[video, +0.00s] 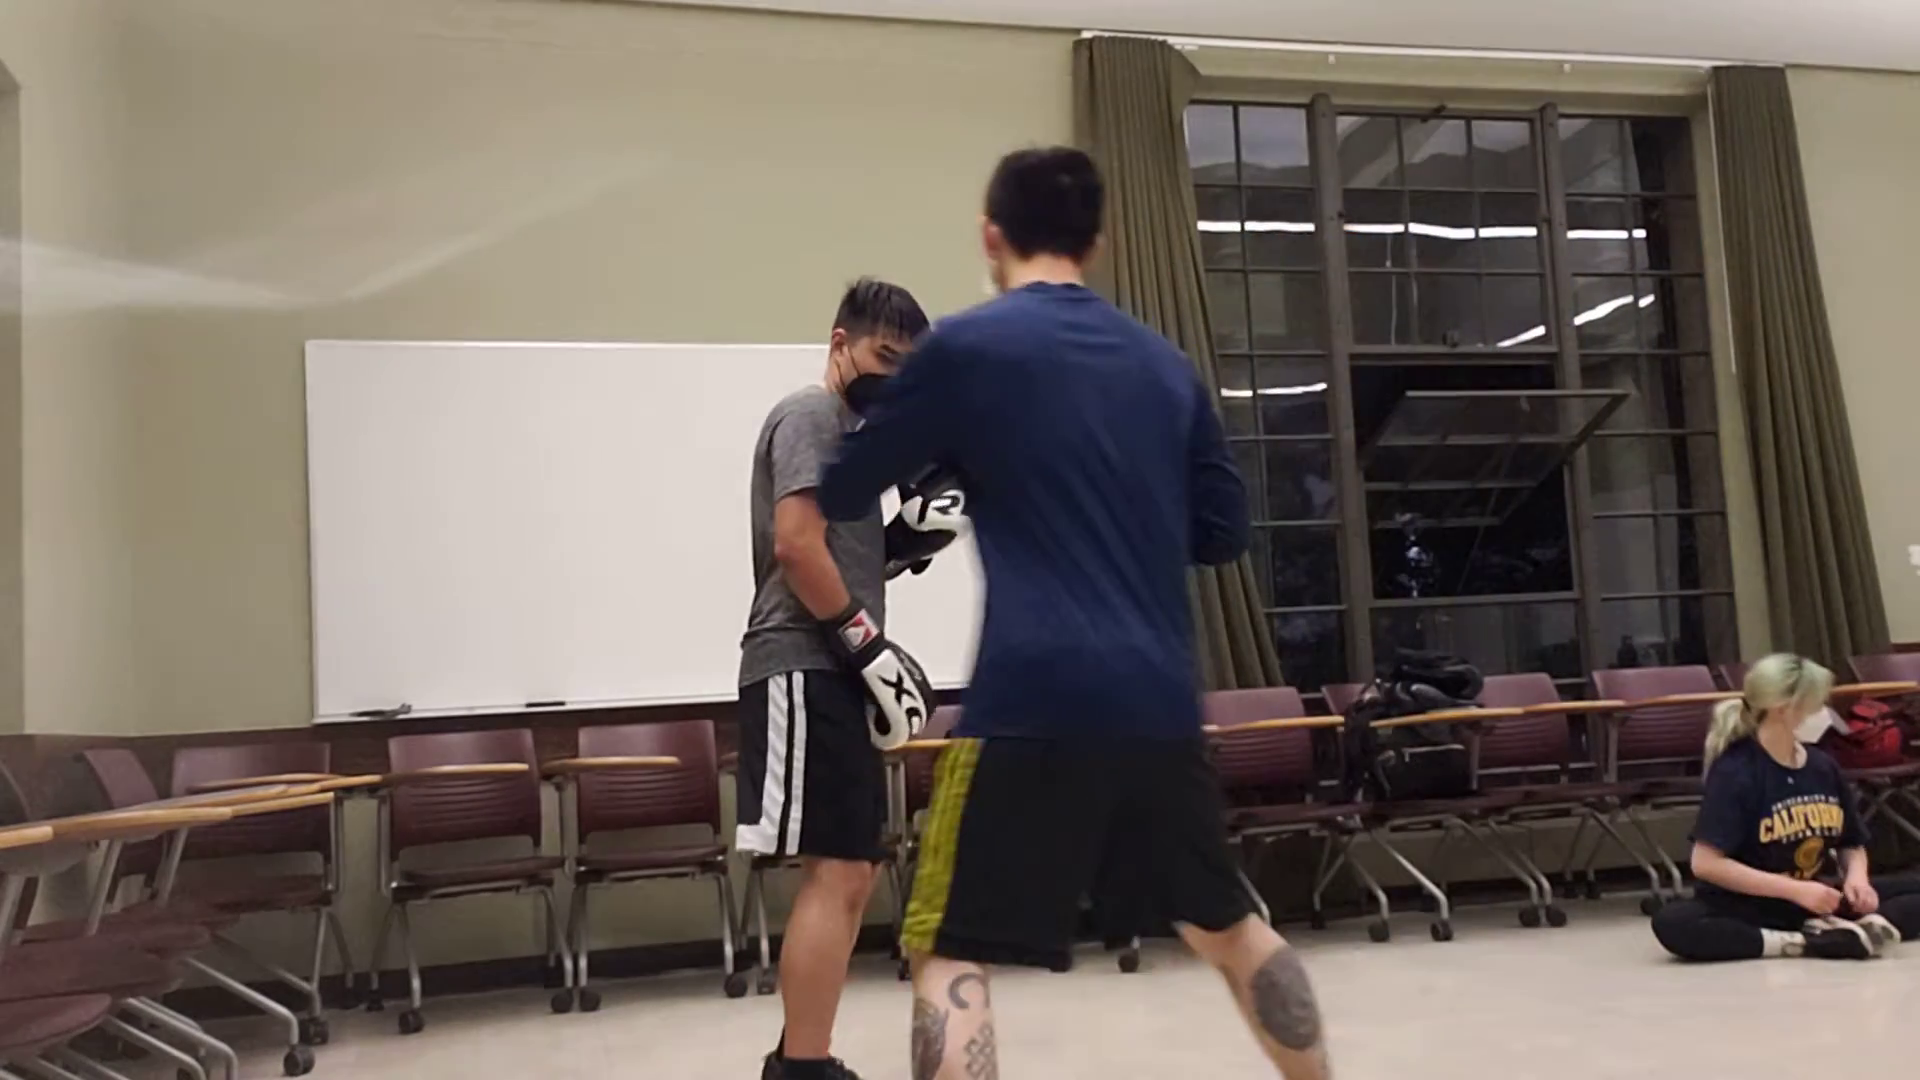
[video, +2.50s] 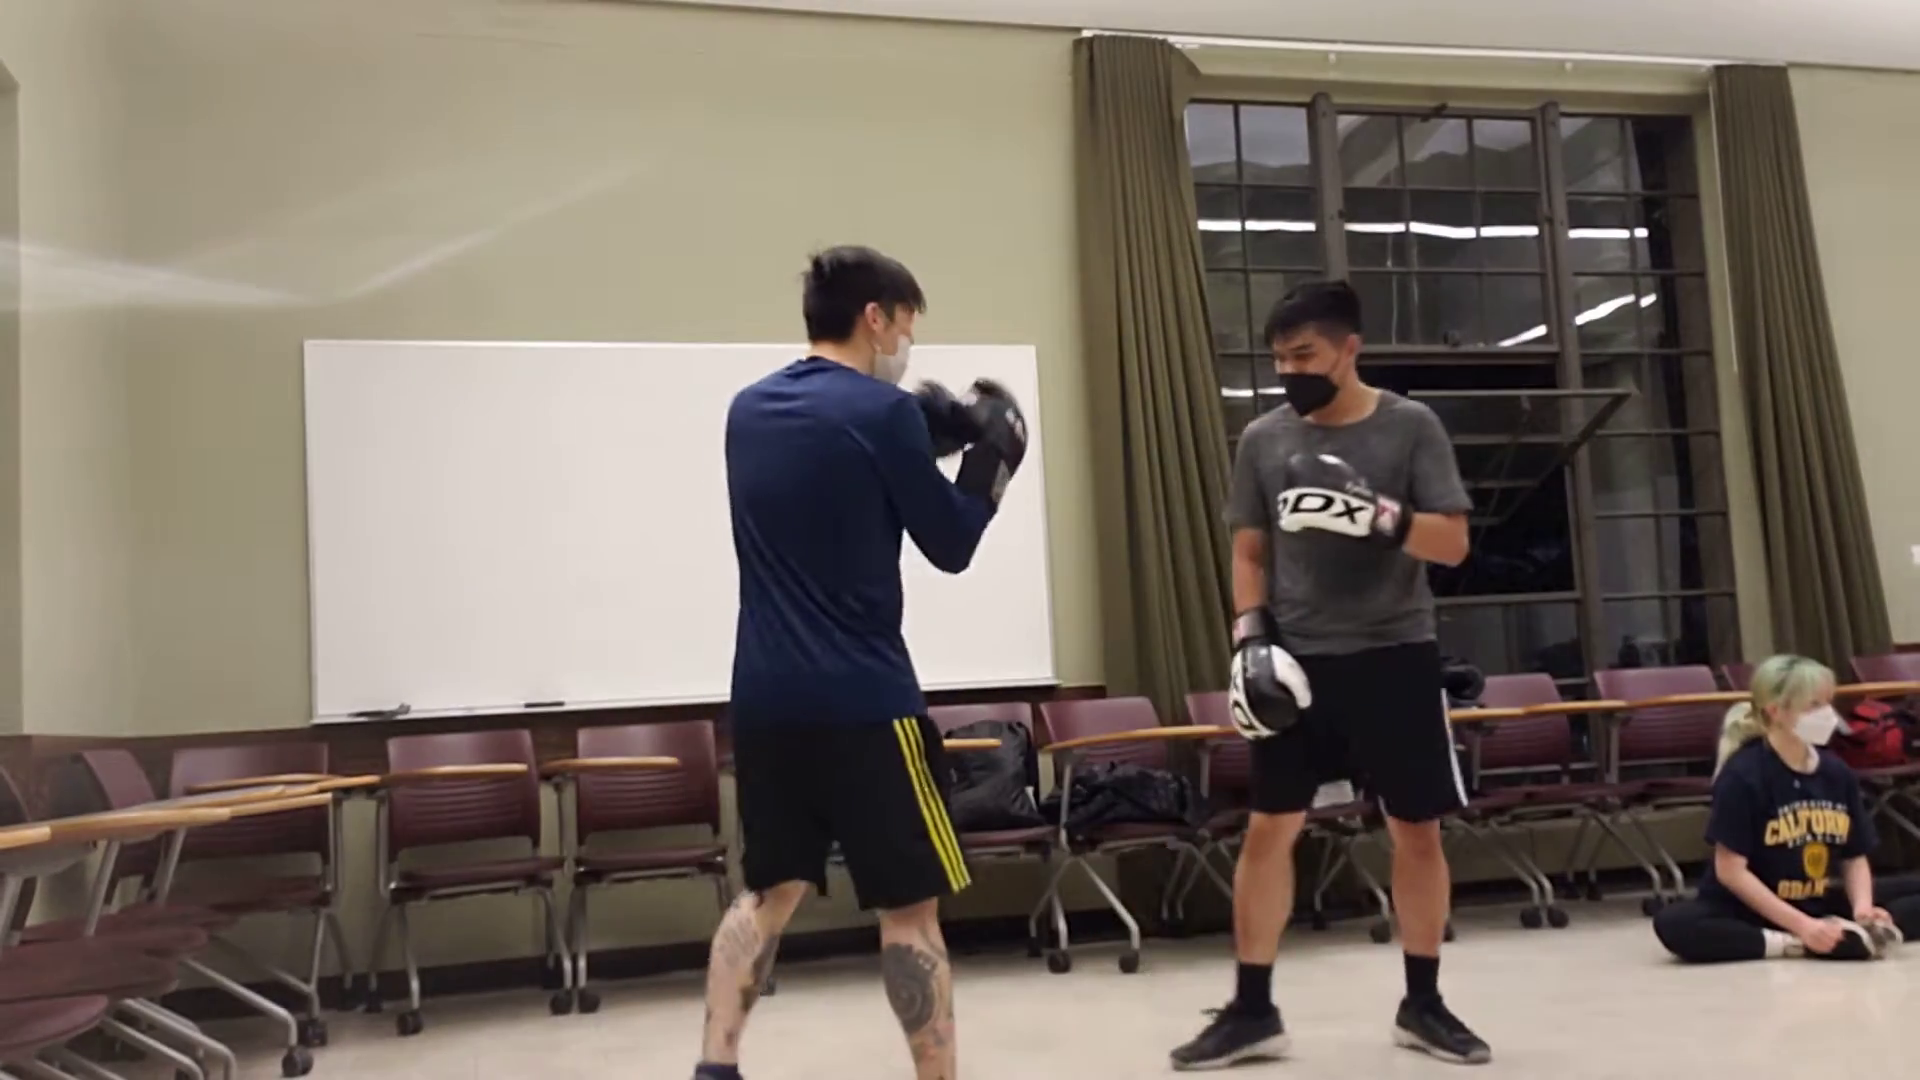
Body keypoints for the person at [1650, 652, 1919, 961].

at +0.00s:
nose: (1820, 712)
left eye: (1819, 703)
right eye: (1812, 703)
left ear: (1784, 708)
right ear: (1781, 708)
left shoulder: (1823, 766)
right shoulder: (1735, 769)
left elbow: (1852, 842)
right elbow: (1704, 862)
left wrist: (1856, 878)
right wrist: (1796, 890)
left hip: (1822, 898)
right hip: (1749, 905)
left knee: (1915, 897)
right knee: (1670, 922)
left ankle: (1850, 930)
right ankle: (1792, 945)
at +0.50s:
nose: (1839, 717)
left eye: (1837, 707)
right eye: (1831, 708)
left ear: (1801, 715)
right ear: (1799, 714)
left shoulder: (1832, 772)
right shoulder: (1736, 775)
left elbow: (1848, 853)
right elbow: (1725, 869)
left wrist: (1852, 900)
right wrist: (1805, 915)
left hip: (1821, 898)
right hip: (1746, 902)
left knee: (1915, 897)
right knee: (1670, 923)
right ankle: (1799, 944)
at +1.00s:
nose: (1832, 718)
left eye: (1829, 707)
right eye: (1820, 710)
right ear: (1780, 715)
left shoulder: (1833, 767)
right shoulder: (1737, 774)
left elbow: (1860, 832)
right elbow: (1711, 867)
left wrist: (1844, 872)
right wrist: (1790, 912)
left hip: (1824, 897)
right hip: (1752, 905)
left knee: (1916, 890)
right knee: (1670, 923)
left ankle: (1857, 934)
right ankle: (1794, 945)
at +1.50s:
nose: (1830, 716)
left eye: (1828, 705)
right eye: (1817, 708)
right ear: (1778, 714)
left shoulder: (1834, 770)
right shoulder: (1739, 776)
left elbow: (1856, 848)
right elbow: (1722, 870)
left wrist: (1858, 889)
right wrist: (1799, 920)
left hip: (1828, 905)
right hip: (1755, 909)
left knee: (1915, 902)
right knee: (1672, 922)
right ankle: (1792, 944)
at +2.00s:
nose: (1832, 716)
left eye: (1832, 705)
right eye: (1818, 707)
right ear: (1777, 711)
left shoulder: (1838, 774)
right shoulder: (1743, 775)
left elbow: (1856, 855)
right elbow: (1729, 870)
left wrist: (1861, 905)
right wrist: (1803, 925)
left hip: (1826, 907)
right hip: (1752, 910)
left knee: (1915, 901)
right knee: (1671, 922)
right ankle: (1792, 943)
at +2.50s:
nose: (1829, 715)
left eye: (1829, 704)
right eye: (1816, 706)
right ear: (1775, 711)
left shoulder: (1837, 775)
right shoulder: (1743, 775)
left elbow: (1855, 855)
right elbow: (1729, 870)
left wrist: (1863, 907)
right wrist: (1802, 925)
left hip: (1823, 906)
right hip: (1750, 909)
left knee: (1915, 899)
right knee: (1671, 923)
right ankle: (1792, 943)